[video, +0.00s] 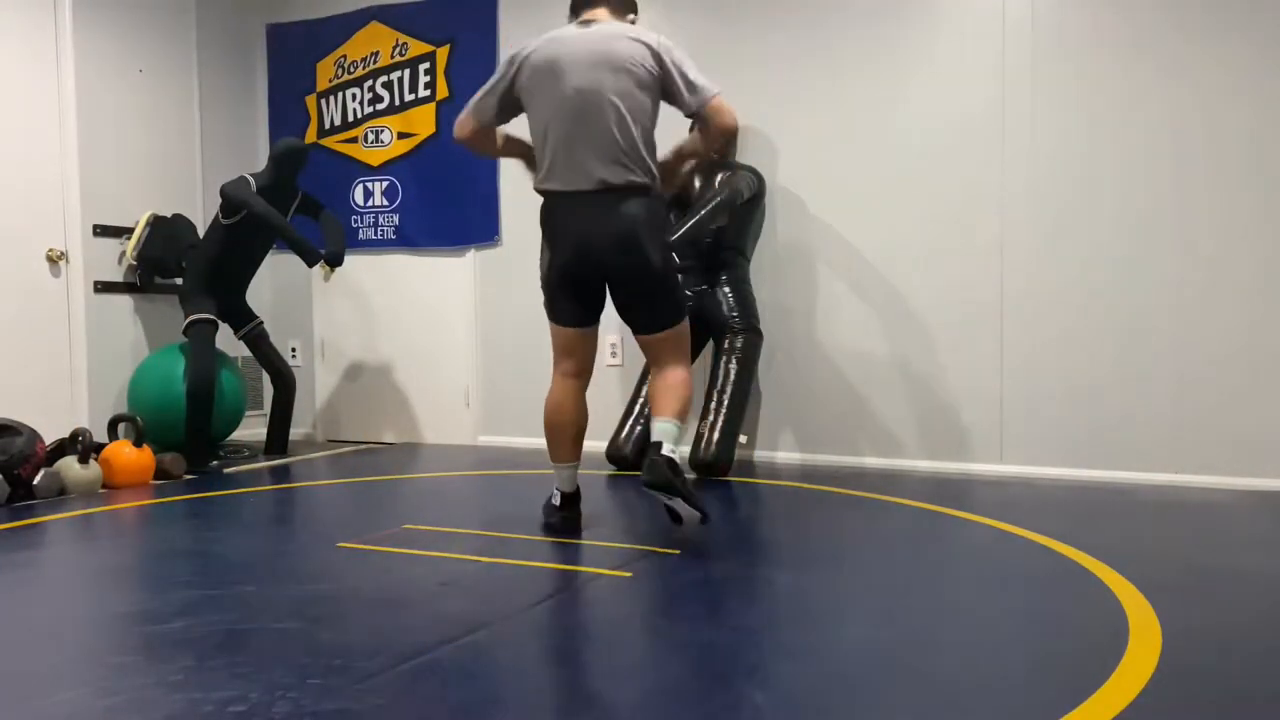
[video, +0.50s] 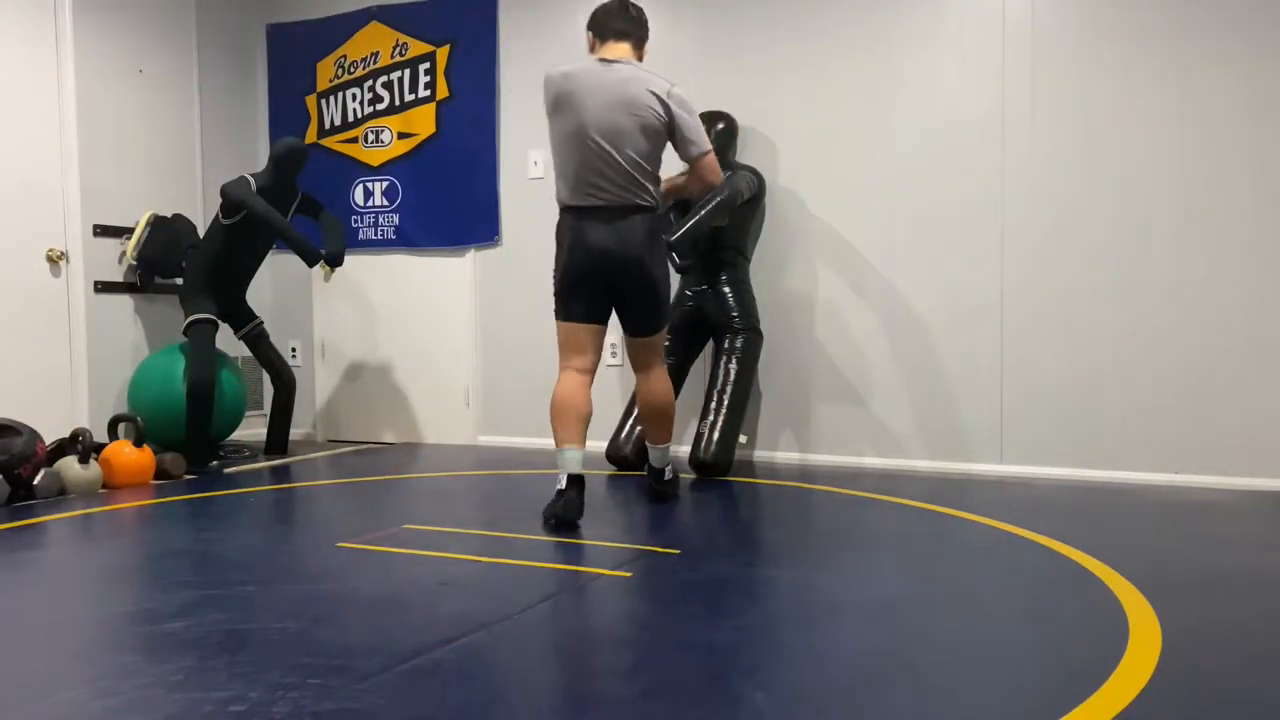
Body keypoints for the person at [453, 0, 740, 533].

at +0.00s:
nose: (635, 20)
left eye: (632, 18)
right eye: (635, 15)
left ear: (575, 11)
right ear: (626, 11)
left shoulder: (531, 53)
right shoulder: (647, 45)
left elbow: (467, 131)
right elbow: (723, 122)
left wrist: (523, 149)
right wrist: (685, 159)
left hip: (564, 224)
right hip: (634, 221)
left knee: (569, 369)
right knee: (667, 356)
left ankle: (564, 501)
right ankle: (665, 452)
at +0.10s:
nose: (629, 27)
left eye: (626, 22)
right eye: (629, 20)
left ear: (572, 12)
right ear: (623, 15)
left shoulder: (527, 60)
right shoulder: (641, 54)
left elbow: (500, 146)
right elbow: (702, 138)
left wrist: (551, 119)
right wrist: (662, 128)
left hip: (560, 225)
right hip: (628, 222)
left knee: (566, 370)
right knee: (661, 349)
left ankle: (564, 499)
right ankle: (652, 462)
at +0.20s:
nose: (626, 31)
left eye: (622, 26)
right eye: (626, 24)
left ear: (569, 17)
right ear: (622, 20)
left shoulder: (527, 68)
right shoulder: (637, 59)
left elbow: (541, 133)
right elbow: (695, 142)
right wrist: (658, 128)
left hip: (559, 228)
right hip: (624, 224)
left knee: (565, 370)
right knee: (651, 353)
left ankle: (564, 501)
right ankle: (655, 477)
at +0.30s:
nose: (630, 37)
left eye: (624, 30)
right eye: (630, 30)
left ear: (573, 25)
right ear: (624, 28)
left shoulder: (535, 72)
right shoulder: (641, 69)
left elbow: (557, 133)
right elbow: (699, 152)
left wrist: (635, 143)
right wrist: (661, 146)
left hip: (562, 230)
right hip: (625, 228)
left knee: (565, 371)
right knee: (644, 360)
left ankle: (566, 498)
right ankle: (659, 467)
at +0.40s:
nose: (633, 47)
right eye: (636, 40)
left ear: (581, 33)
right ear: (634, 40)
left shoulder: (545, 78)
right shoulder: (652, 83)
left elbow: (562, 141)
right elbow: (704, 162)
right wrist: (663, 175)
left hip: (569, 236)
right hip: (630, 234)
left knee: (570, 368)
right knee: (644, 364)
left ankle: (566, 497)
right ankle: (655, 466)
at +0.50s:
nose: (602, 48)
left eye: (593, 39)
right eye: (643, 47)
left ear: (592, 40)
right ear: (643, 46)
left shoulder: (558, 84)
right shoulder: (663, 92)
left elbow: (577, 147)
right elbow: (710, 176)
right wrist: (668, 188)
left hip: (578, 239)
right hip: (638, 239)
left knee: (575, 365)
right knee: (649, 362)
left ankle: (569, 487)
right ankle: (661, 473)